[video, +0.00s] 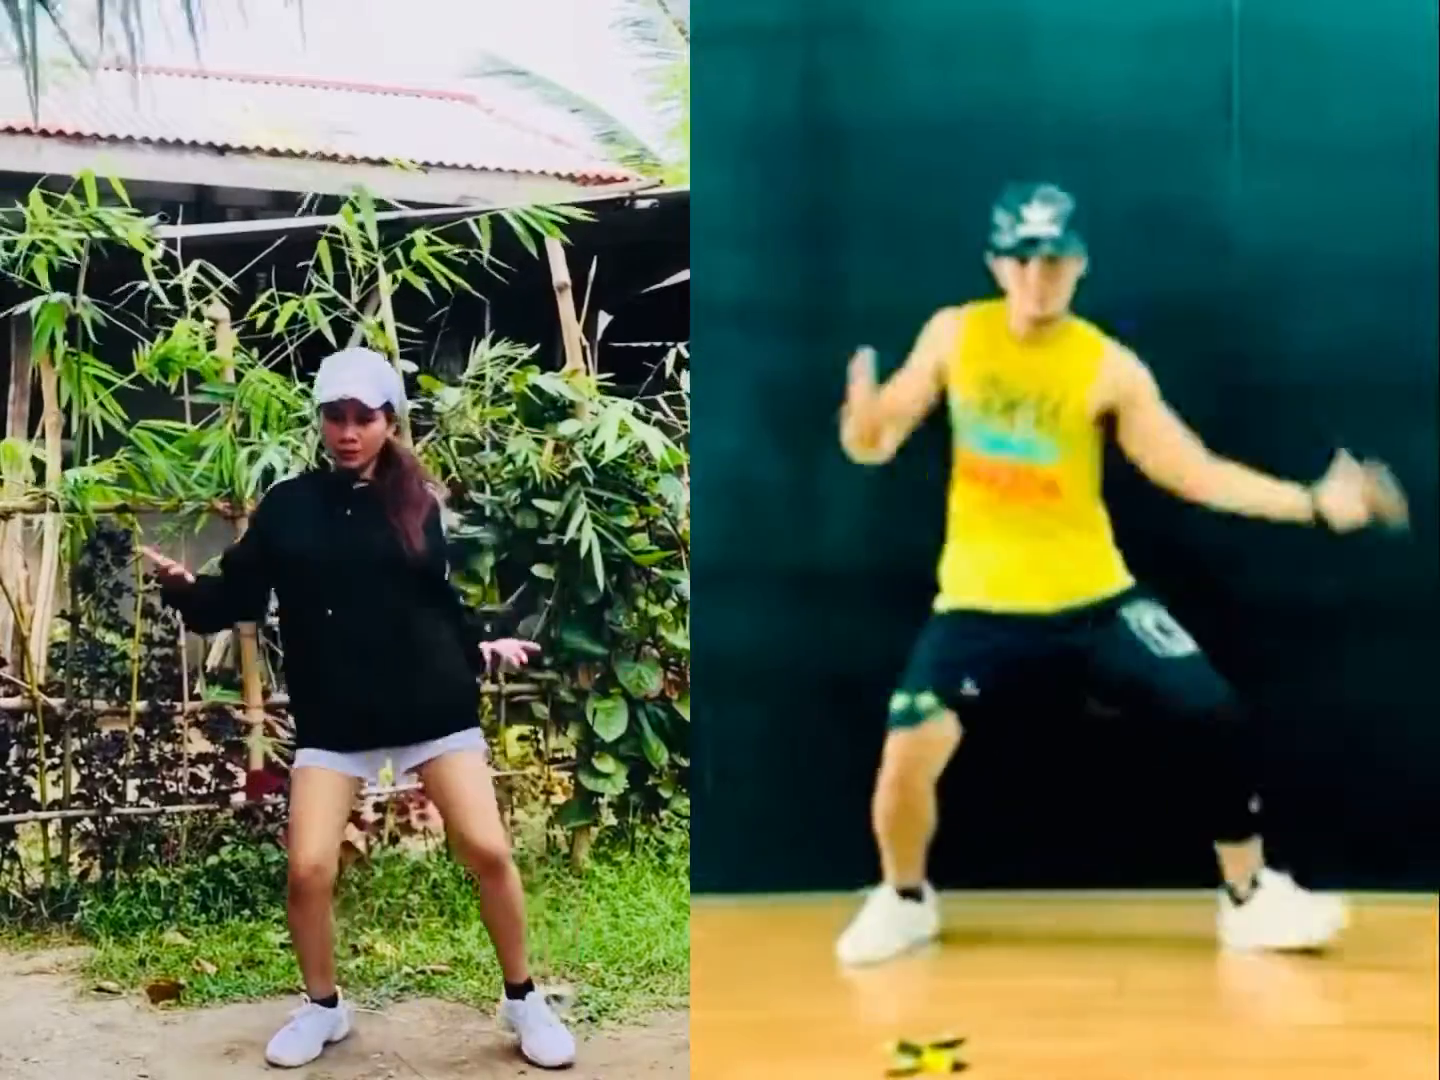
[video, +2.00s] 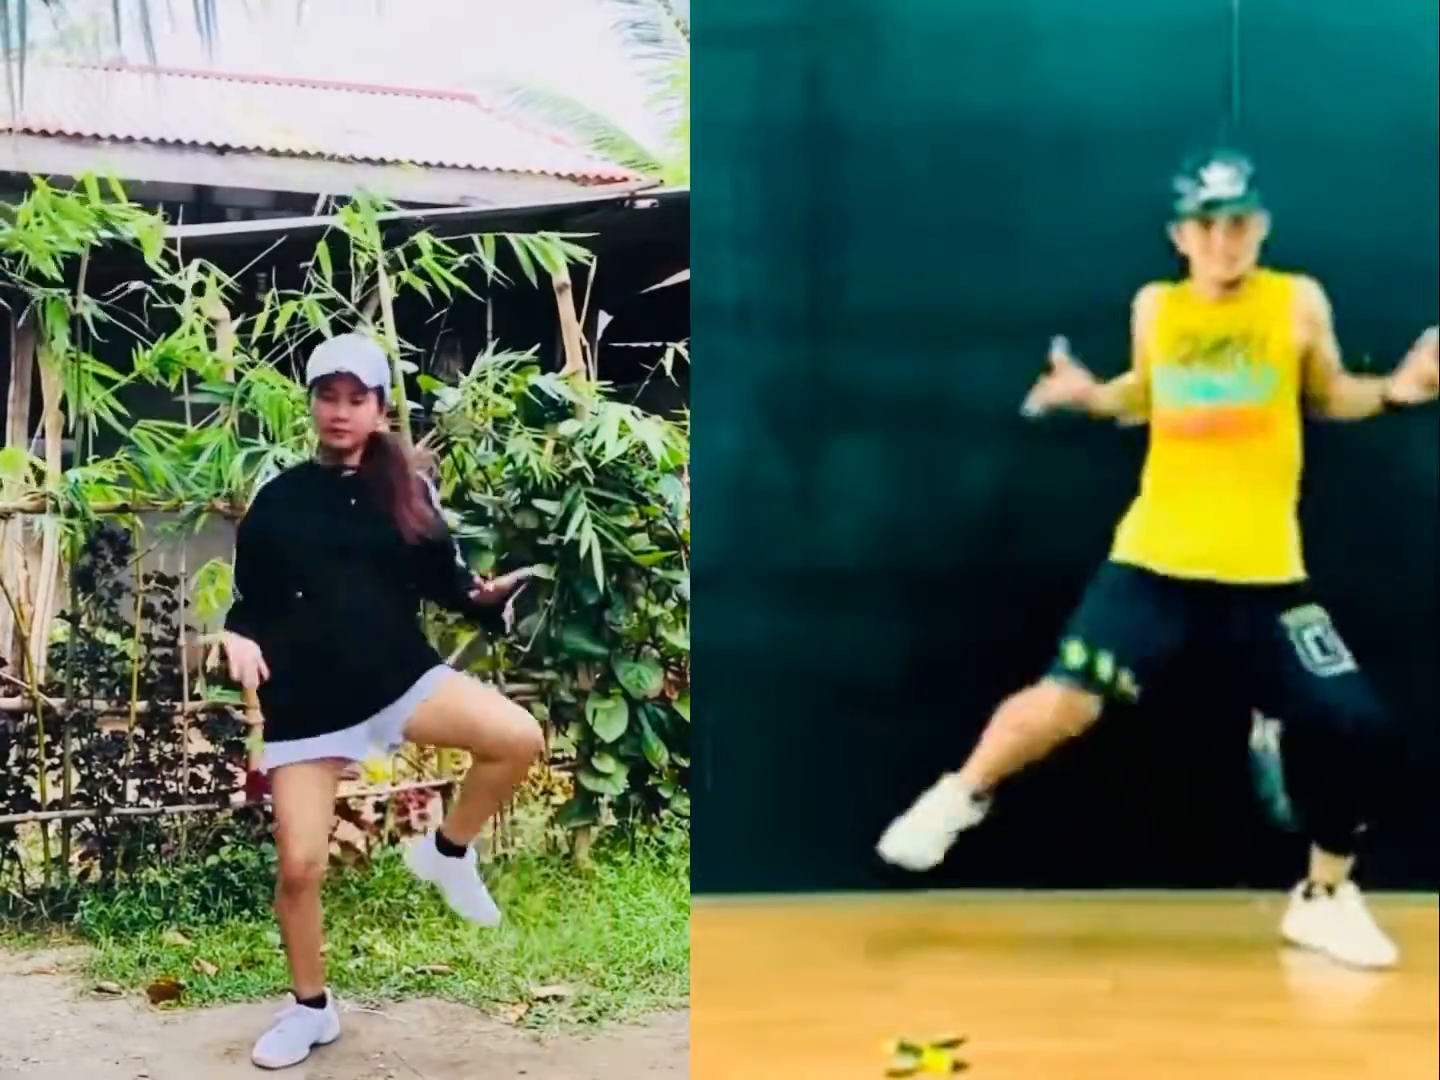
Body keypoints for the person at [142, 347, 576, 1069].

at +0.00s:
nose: (345, 432)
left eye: (361, 418)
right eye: (333, 417)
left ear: (390, 422)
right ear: (317, 422)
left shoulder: (416, 501)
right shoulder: (285, 507)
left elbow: (437, 599)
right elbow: (236, 599)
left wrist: (484, 639)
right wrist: (186, 590)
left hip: (437, 710)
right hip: (331, 721)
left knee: (489, 850)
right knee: (307, 869)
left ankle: (522, 998)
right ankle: (323, 1006)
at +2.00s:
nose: (340, 409)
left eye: (356, 396)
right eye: (327, 395)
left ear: (381, 408)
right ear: (310, 404)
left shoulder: (403, 486)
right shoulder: (275, 500)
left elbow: (441, 576)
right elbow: (250, 600)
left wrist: (481, 593)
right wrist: (237, 633)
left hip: (397, 680)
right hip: (303, 706)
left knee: (516, 738)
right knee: (297, 867)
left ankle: (445, 851)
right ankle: (310, 1008)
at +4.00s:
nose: (367, 424)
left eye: (383, 412)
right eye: (352, 411)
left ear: (403, 429)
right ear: (333, 428)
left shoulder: (416, 522)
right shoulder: (295, 510)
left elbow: (486, 627)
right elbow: (229, 599)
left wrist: (491, 568)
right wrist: (159, 644)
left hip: (409, 697)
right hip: (323, 728)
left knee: (501, 712)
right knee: (310, 895)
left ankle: (463, 843)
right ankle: (330, 1012)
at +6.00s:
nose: (315, 315)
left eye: (332, 300)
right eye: (298, 299)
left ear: (354, 316)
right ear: (273, 312)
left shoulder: (378, 406)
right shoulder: (231, 412)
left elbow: (423, 555)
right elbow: (182, 538)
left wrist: (451, 517)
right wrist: (178, 480)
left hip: (392, 630)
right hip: (274, 656)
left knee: (519, 735)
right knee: (243, 841)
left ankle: (506, 889)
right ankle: (252, 975)